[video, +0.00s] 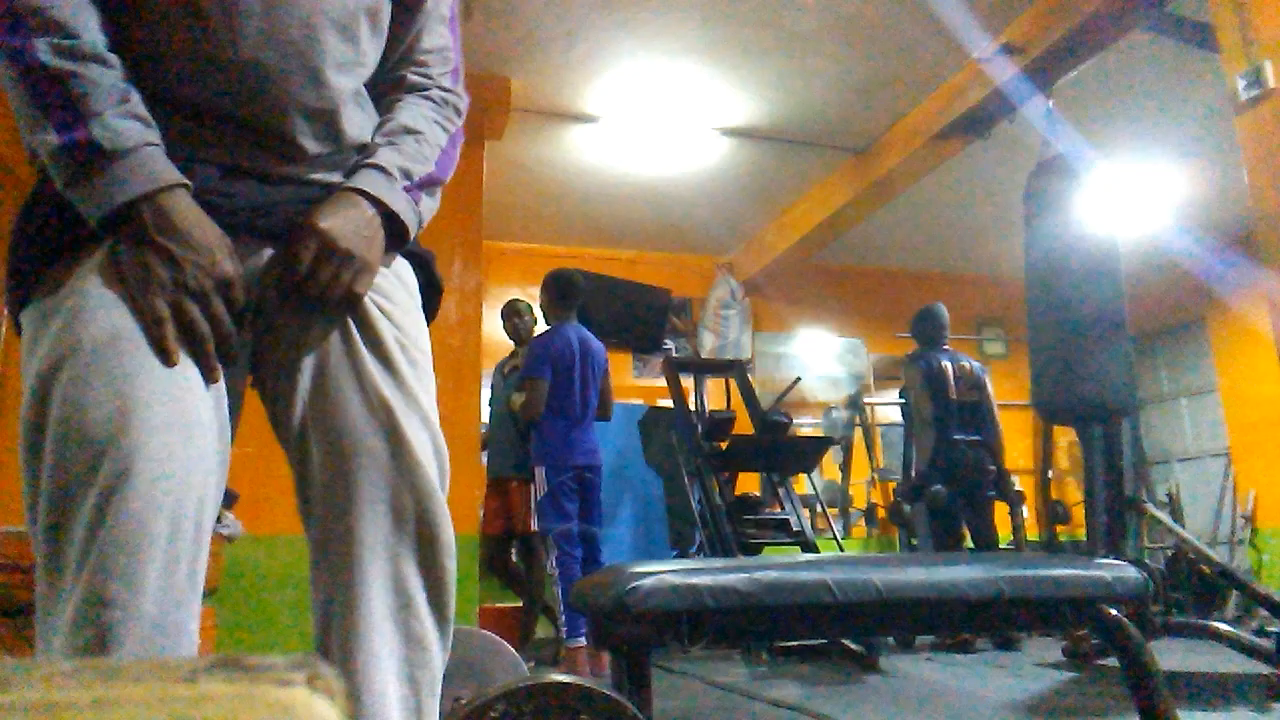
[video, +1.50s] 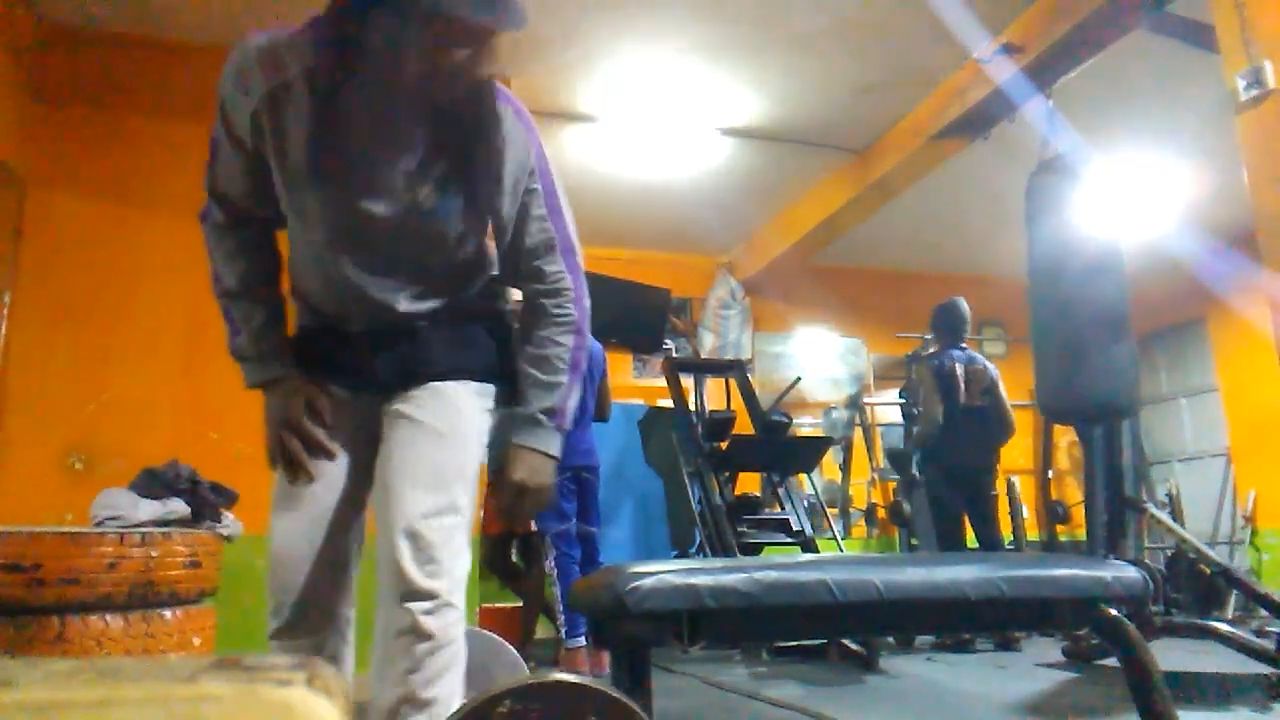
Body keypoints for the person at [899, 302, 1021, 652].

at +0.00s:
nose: (914, 338)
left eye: (915, 333)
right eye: (916, 333)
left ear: (918, 333)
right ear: (947, 331)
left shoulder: (917, 365)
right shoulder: (975, 368)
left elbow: (924, 420)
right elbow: (991, 424)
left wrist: (917, 471)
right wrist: (1001, 470)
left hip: (939, 465)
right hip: (977, 463)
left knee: (946, 545)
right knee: (987, 542)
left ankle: (959, 629)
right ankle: (1004, 626)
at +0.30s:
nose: (911, 339)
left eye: (912, 334)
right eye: (911, 335)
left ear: (916, 333)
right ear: (945, 331)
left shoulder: (914, 367)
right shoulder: (974, 367)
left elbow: (918, 422)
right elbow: (991, 422)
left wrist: (911, 470)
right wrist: (997, 468)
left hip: (937, 468)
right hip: (976, 465)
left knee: (948, 546)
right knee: (988, 541)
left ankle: (957, 629)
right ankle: (1005, 626)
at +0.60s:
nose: (920, 338)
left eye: (921, 333)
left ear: (922, 332)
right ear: (954, 332)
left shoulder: (922, 365)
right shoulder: (977, 368)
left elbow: (933, 421)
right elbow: (995, 424)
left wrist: (923, 475)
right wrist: (1001, 472)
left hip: (939, 475)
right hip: (977, 472)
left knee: (948, 550)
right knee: (993, 545)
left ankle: (958, 630)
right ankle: (1007, 628)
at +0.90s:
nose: (925, 341)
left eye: (924, 334)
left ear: (923, 334)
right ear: (956, 334)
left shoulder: (919, 368)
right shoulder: (977, 370)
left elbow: (930, 422)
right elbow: (997, 424)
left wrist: (921, 474)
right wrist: (1001, 470)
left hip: (941, 471)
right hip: (977, 470)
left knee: (950, 548)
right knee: (995, 543)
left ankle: (958, 630)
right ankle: (1006, 626)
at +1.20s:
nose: (924, 339)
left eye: (925, 333)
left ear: (927, 333)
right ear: (958, 334)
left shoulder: (922, 366)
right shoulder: (977, 369)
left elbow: (935, 426)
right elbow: (998, 423)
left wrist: (926, 474)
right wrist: (1001, 469)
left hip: (944, 468)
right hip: (977, 466)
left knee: (951, 547)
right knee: (994, 543)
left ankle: (958, 629)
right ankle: (1006, 627)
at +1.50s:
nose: (932, 333)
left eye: (933, 327)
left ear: (936, 328)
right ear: (968, 329)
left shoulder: (927, 366)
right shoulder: (985, 366)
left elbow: (932, 419)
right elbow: (1008, 422)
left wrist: (914, 441)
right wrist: (987, 446)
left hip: (943, 467)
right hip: (980, 467)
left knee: (950, 546)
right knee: (992, 543)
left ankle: (955, 630)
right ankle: (1007, 626)